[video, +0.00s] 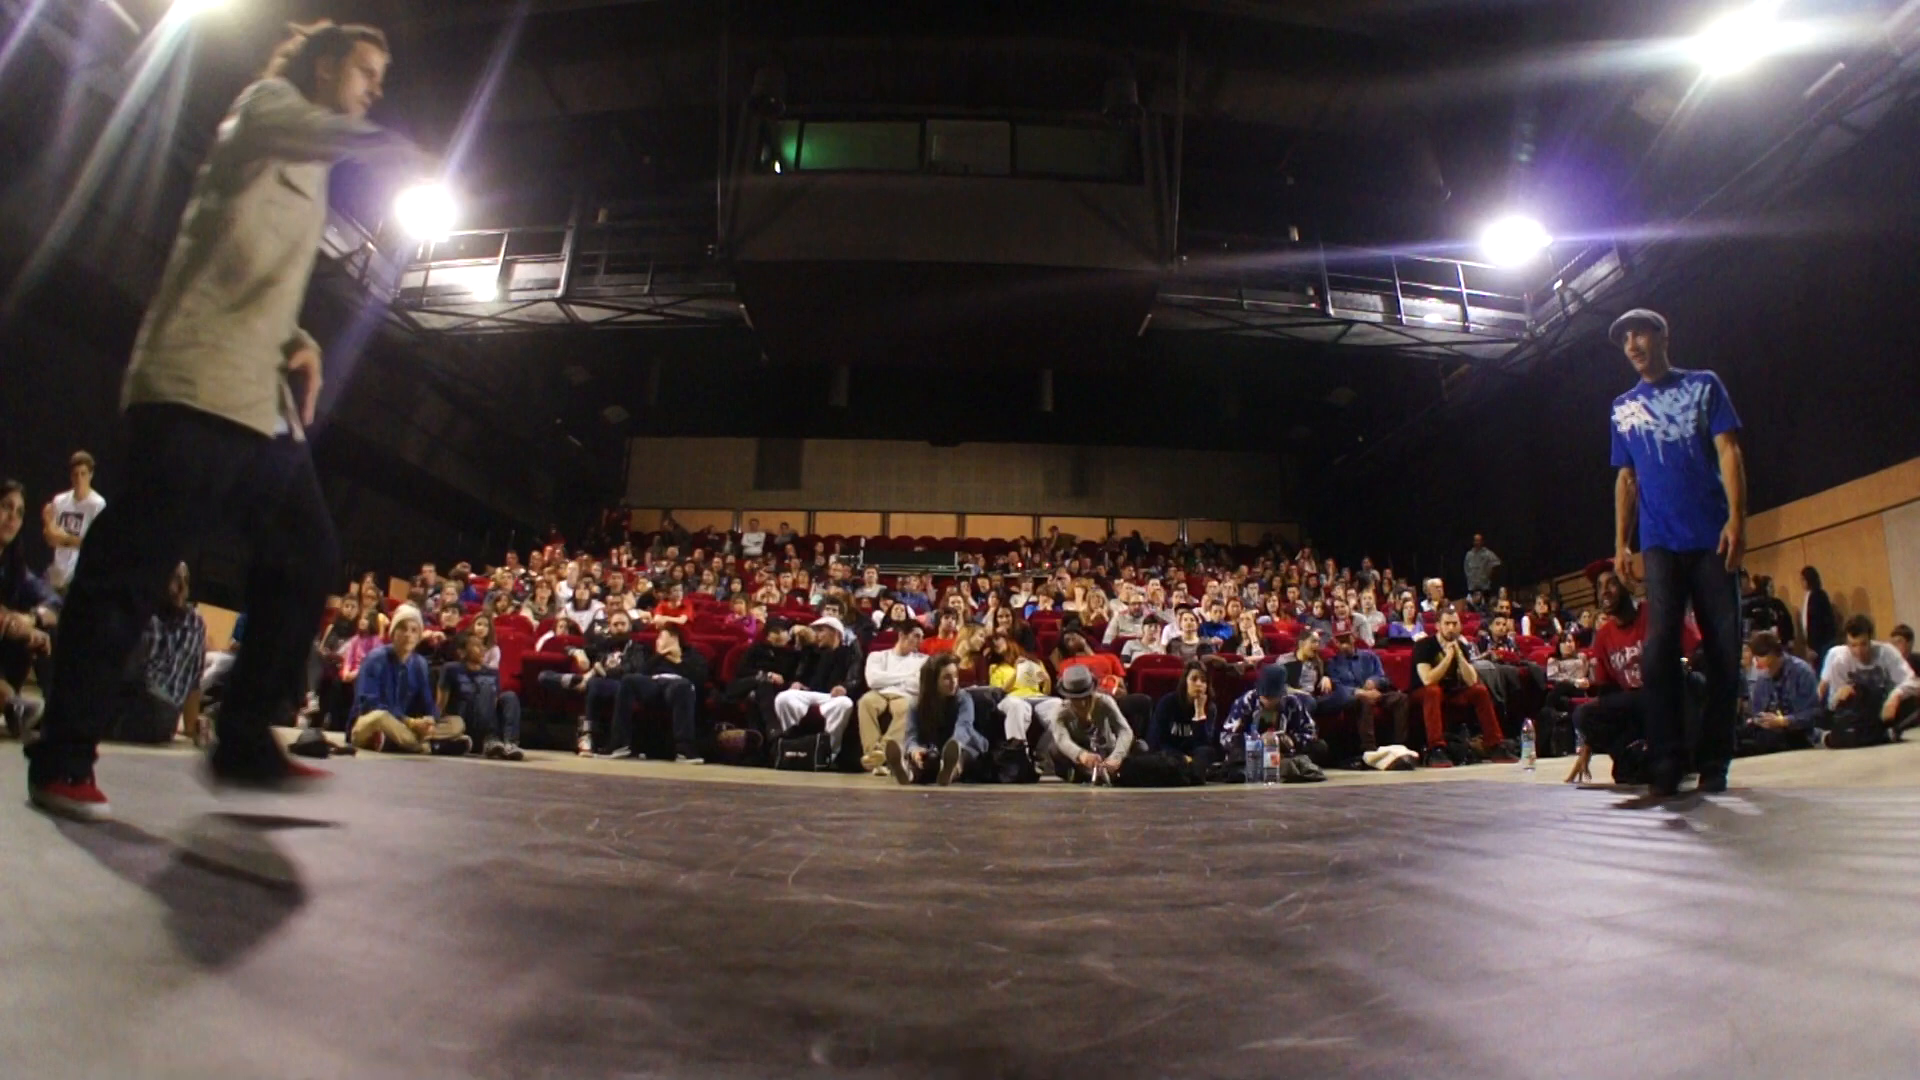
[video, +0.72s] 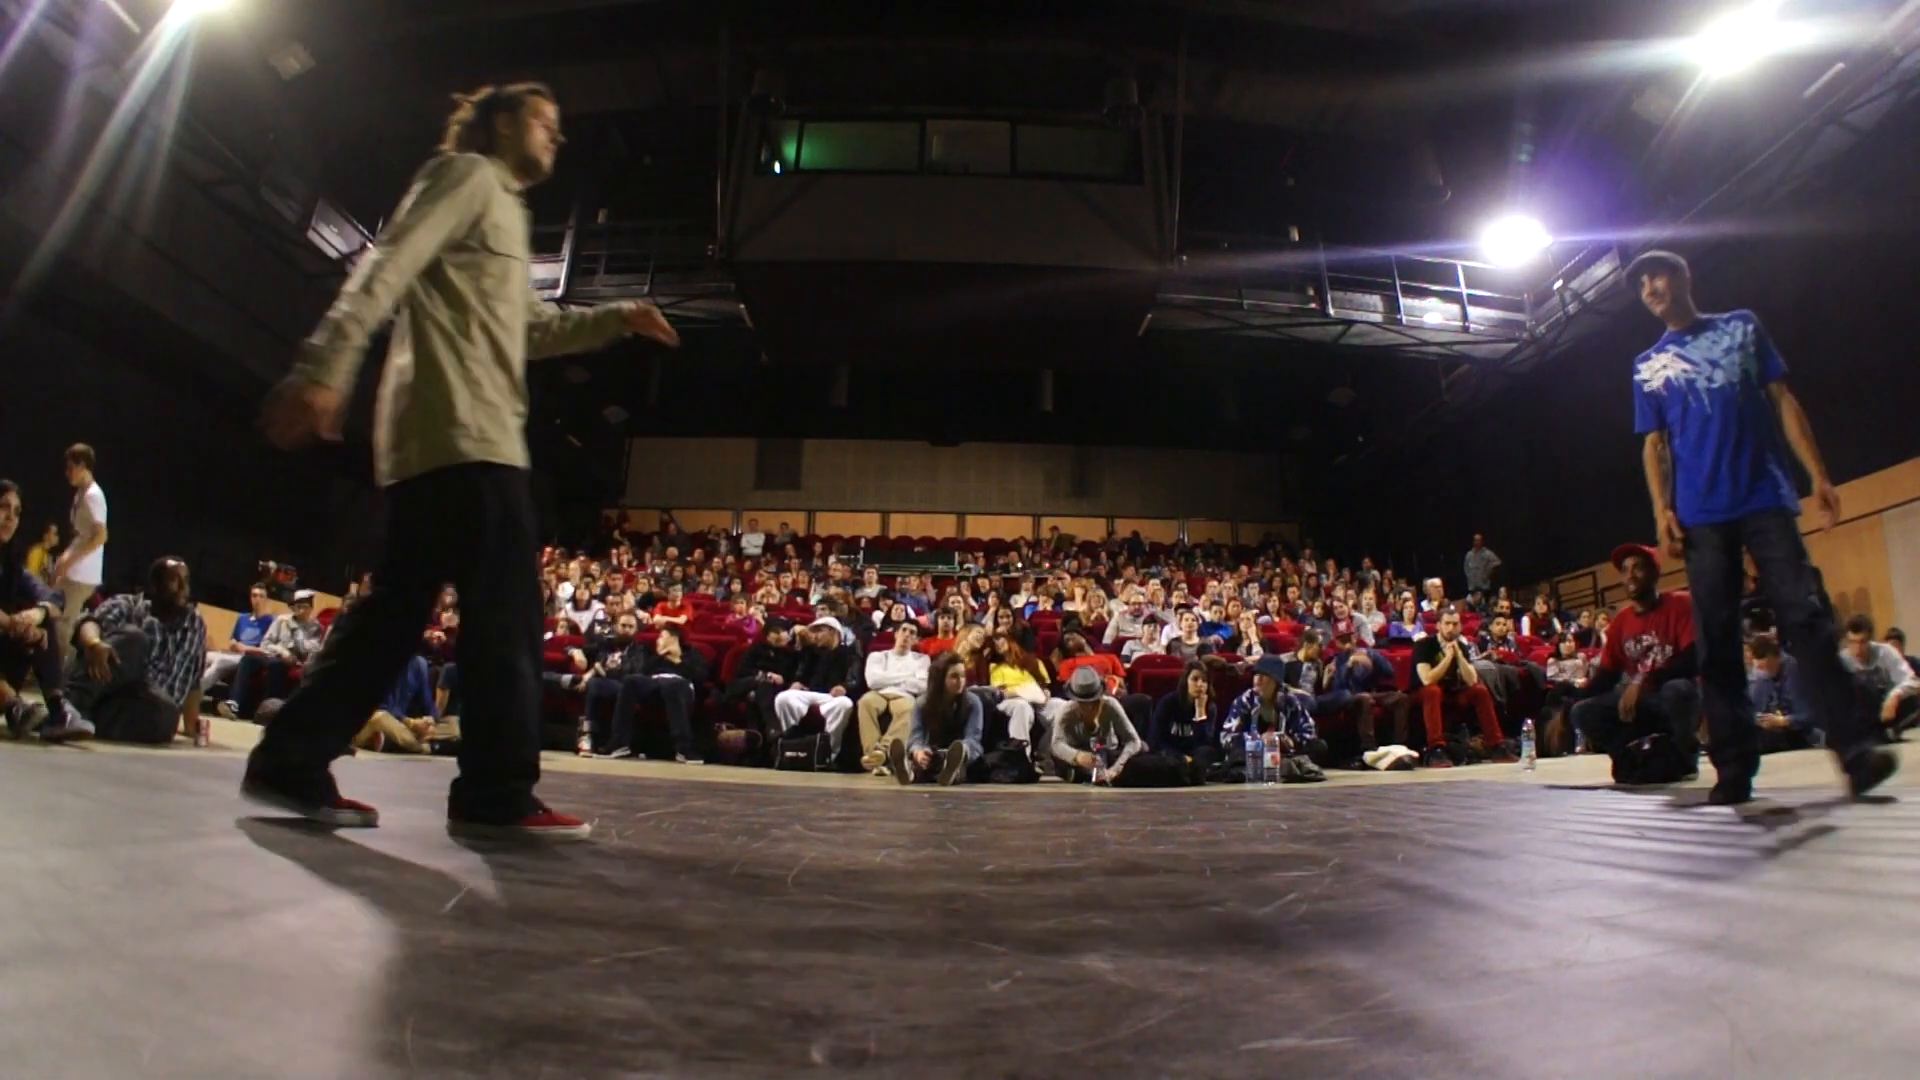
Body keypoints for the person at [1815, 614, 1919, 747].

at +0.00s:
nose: (1858, 650)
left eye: (1863, 644)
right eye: (1853, 645)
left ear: (1870, 640)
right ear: (1847, 643)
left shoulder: (1887, 652)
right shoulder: (1839, 657)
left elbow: (1911, 680)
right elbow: (1830, 705)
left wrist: (1895, 696)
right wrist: (1838, 696)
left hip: (1884, 705)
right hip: (1855, 708)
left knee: (1913, 703)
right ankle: (1885, 734)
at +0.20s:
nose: (1860, 650)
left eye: (1864, 644)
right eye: (1854, 645)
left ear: (1870, 640)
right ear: (1848, 642)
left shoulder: (1886, 652)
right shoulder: (1837, 659)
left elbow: (1911, 680)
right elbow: (1831, 705)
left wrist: (1894, 696)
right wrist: (1838, 696)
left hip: (1884, 705)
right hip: (1855, 708)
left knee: (1913, 702)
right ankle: (1886, 734)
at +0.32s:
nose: (1860, 650)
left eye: (1864, 643)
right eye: (1855, 645)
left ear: (1870, 639)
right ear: (1847, 643)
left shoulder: (1886, 652)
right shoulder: (1838, 662)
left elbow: (1911, 680)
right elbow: (1831, 705)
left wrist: (1894, 696)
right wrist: (1838, 696)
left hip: (1884, 705)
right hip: (1855, 709)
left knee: (1913, 702)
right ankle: (1886, 734)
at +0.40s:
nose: (1860, 650)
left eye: (1864, 644)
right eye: (1855, 645)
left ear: (1870, 639)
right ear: (1847, 643)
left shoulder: (1886, 652)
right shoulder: (1837, 663)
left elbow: (1911, 680)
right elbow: (1831, 705)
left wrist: (1894, 696)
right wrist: (1838, 696)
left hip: (1885, 706)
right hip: (1856, 710)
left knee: (1913, 701)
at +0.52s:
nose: (1858, 649)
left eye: (1863, 643)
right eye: (1853, 643)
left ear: (1870, 639)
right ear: (1847, 642)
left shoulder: (1886, 653)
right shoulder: (1838, 663)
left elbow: (1911, 680)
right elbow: (1831, 705)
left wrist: (1894, 696)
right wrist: (1838, 696)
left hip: (1885, 706)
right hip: (1857, 710)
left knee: (1913, 702)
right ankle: (1825, 738)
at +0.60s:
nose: (1858, 649)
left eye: (1862, 643)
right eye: (1853, 643)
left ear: (1870, 639)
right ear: (1847, 642)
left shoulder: (1886, 652)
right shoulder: (1838, 663)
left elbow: (1911, 680)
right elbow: (1831, 705)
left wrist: (1894, 696)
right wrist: (1838, 696)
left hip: (1884, 706)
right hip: (1856, 709)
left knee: (1913, 702)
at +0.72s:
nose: (1858, 648)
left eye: (1862, 642)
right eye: (1853, 642)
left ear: (1869, 640)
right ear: (1847, 640)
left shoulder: (1886, 652)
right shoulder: (1842, 659)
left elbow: (1911, 681)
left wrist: (1894, 696)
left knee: (1911, 701)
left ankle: (1879, 730)